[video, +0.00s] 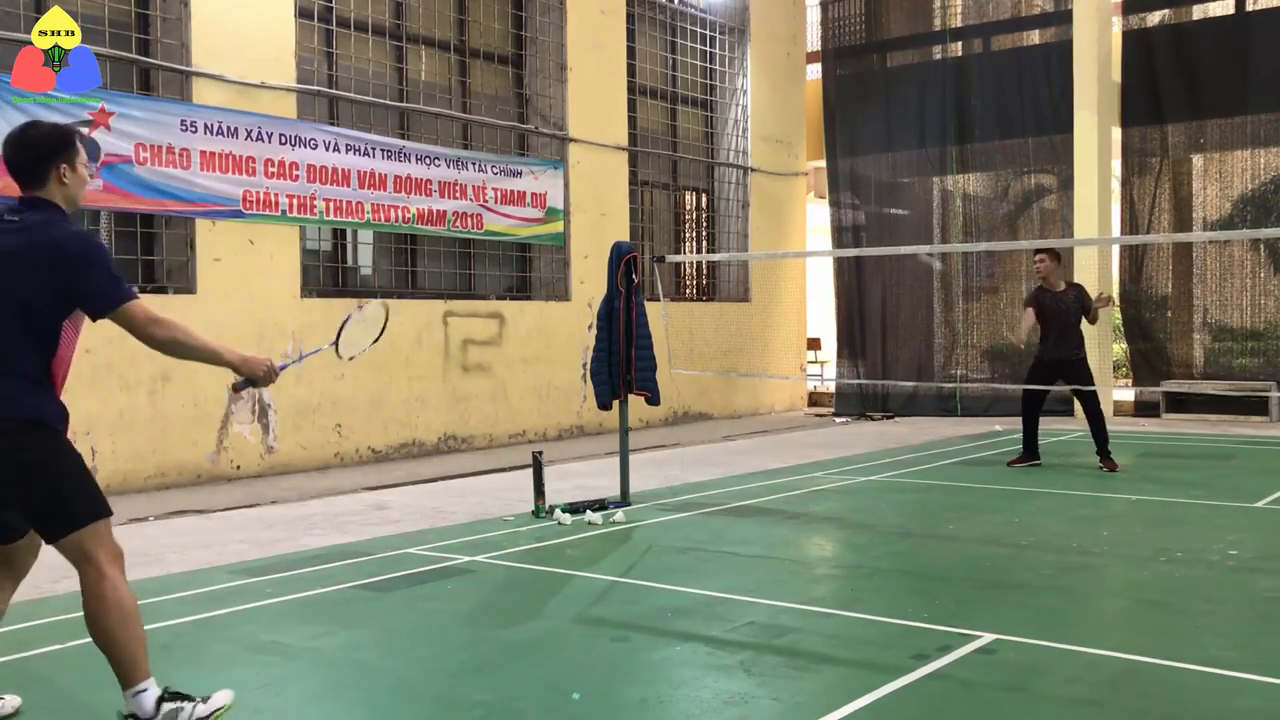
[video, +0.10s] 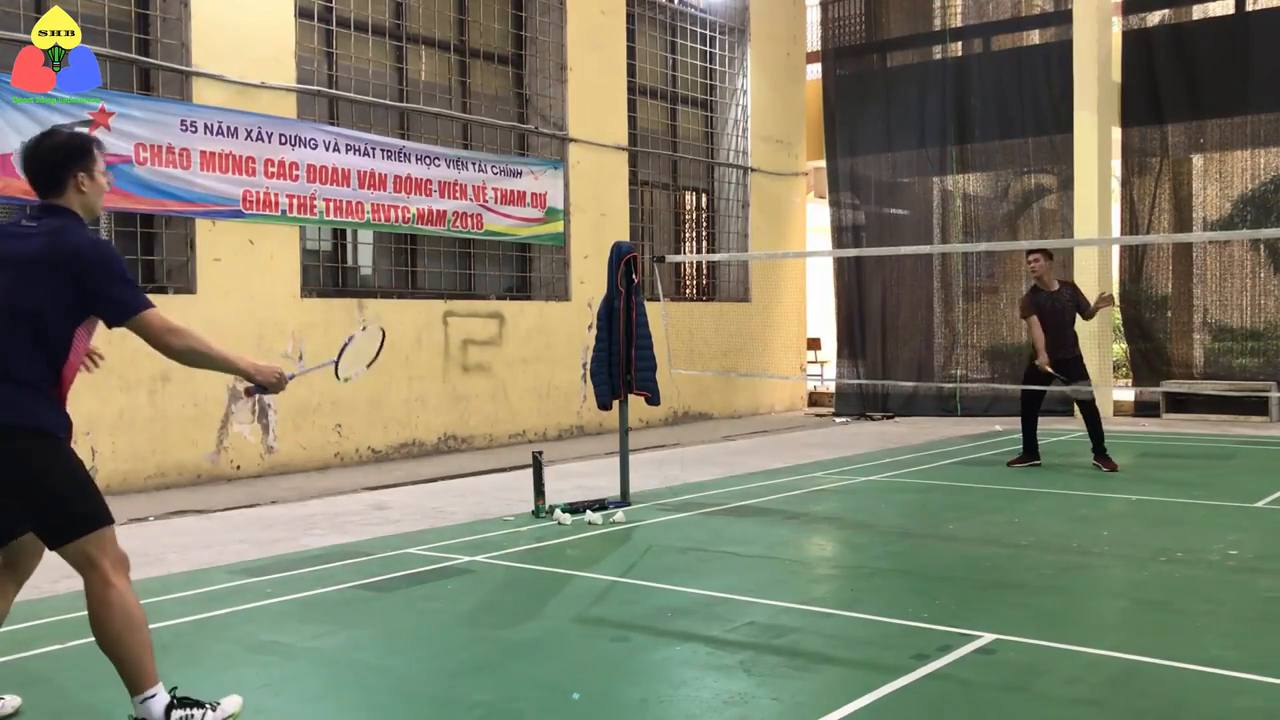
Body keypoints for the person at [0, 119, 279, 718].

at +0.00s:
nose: (89, 177)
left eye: (87, 164)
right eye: (84, 165)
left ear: (24, 176)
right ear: (63, 171)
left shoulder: (8, 226)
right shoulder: (69, 245)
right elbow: (154, 329)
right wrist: (236, 359)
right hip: (24, 425)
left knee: (17, 550)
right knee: (98, 557)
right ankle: (145, 699)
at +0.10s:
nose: (107, 183)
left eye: (104, 171)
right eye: (102, 172)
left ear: (47, 184)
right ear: (79, 180)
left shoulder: (11, 234)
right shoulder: (83, 250)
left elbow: (14, 309)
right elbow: (168, 337)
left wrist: (66, 336)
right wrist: (247, 367)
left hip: (3, 429)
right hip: (26, 431)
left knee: (19, 552)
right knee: (104, 565)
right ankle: (155, 705)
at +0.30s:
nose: (160, 165)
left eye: (157, 154)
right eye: (155, 155)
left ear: (94, 167)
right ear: (134, 165)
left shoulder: (40, 224)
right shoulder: (142, 242)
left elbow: (5, 305)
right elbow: (210, 335)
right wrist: (264, 334)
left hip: (13, 420)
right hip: (80, 425)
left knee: (9, 559)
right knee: (149, 559)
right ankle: (167, 706)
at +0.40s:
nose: (185, 148)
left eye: (181, 136)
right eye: (179, 138)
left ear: (114, 152)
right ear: (164, 151)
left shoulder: (63, 208)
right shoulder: (184, 236)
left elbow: (3, 269)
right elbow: (272, 317)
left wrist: (37, 314)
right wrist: (323, 311)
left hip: (25, 408)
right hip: (106, 420)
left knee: (7, 552)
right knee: (158, 556)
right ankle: (168, 706)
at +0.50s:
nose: (206, 148)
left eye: (201, 137)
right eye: (202, 141)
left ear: (137, 154)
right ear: (193, 153)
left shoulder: (84, 204)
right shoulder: (220, 236)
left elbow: (5, 237)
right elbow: (324, 269)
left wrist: (27, 273)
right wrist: (407, 287)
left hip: (32, 409)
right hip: (112, 424)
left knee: (4, 549)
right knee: (170, 555)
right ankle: (170, 706)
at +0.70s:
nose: (213, 130)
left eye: (210, 118)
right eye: (208, 120)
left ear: (140, 134)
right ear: (195, 133)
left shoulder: (92, 190)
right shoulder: (219, 225)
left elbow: (18, 229)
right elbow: (316, 296)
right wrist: (390, 307)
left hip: (53, 399)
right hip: (136, 418)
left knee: (12, 533)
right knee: (173, 552)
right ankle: (172, 705)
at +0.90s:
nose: (187, 145)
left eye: (184, 132)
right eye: (182, 134)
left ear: (116, 142)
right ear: (164, 141)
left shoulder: (64, 205)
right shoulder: (178, 231)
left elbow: (16, 268)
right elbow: (263, 316)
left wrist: (81, 260)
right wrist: (343, 342)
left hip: (32, 412)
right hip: (116, 422)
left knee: (26, 561)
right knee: (184, 552)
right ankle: (173, 705)